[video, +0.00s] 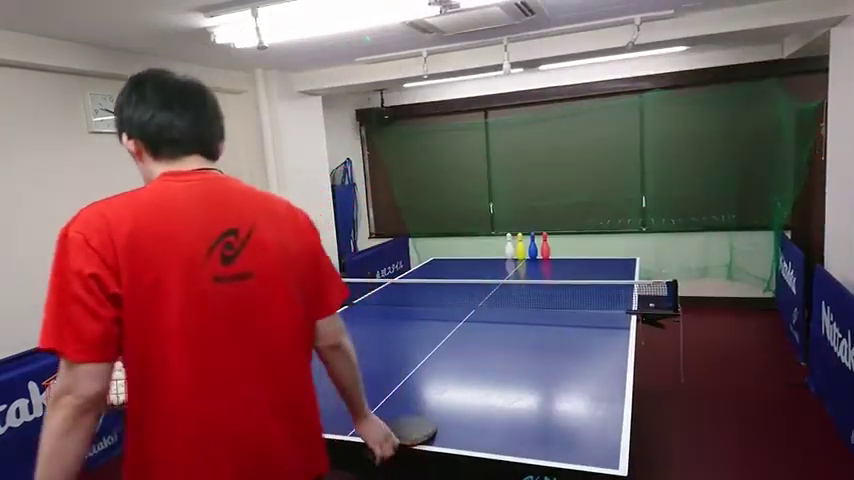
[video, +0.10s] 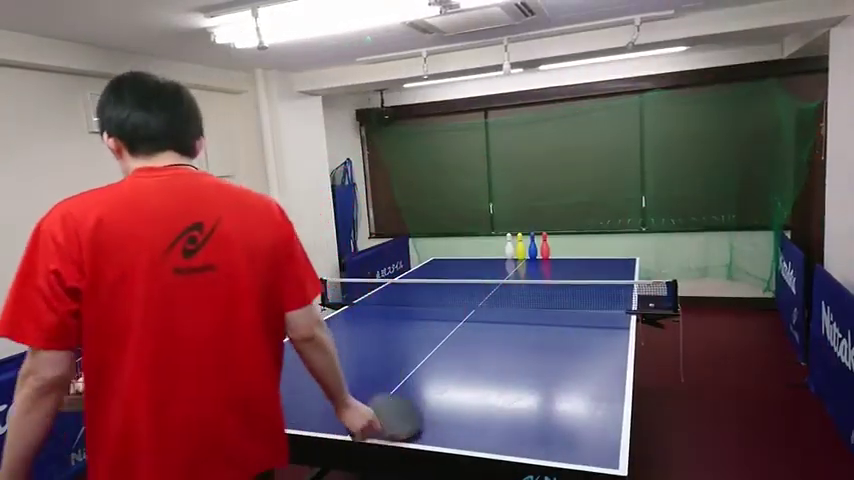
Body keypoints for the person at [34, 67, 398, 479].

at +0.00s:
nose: (126, 152)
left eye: (122, 143)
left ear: (134, 146)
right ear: (219, 145)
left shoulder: (100, 230)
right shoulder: (288, 219)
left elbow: (81, 396)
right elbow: (333, 341)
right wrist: (365, 417)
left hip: (169, 466)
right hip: (292, 463)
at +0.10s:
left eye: (105, 143)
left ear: (114, 146)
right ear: (198, 145)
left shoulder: (73, 224)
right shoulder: (262, 214)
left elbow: (47, 377)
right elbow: (308, 332)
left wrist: (12, 470)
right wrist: (345, 404)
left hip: (130, 464)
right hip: (249, 461)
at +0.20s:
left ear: (101, 138)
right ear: (183, 138)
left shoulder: (51, 213)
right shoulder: (242, 205)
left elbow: (28, 351)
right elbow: (281, 320)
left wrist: (10, 439)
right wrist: (326, 390)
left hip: (103, 463)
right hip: (222, 456)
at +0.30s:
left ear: (93, 141)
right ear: (173, 142)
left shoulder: (41, 214)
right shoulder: (222, 205)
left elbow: (20, 342)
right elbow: (260, 319)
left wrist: (22, 404)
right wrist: (312, 375)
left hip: (90, 458)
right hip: (204, 449)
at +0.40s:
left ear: (93, 150)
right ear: (169, 152)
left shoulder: (44, 218)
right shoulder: (208, 210)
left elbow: (30, 339)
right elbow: (245, 321)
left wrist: (57, 389)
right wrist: (297, 363)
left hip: (89, 456)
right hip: (194, 447)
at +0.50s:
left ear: (95, 153)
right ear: (167, 155)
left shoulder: (47, 217)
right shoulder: (202, 212)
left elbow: (40, 329)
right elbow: (233, 319)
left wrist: (83, 368)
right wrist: (285, 354)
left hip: (93, 444)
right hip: (186, 436)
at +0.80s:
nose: (158, 167)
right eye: (161, 159)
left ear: (93, 153)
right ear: (156, 157)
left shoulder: (49, 209)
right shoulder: (170, 200)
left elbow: (49, 305)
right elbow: (191, 298)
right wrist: (263, 333)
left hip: (86, 411)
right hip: (163, 405)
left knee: (105, 473)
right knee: (189, 472)